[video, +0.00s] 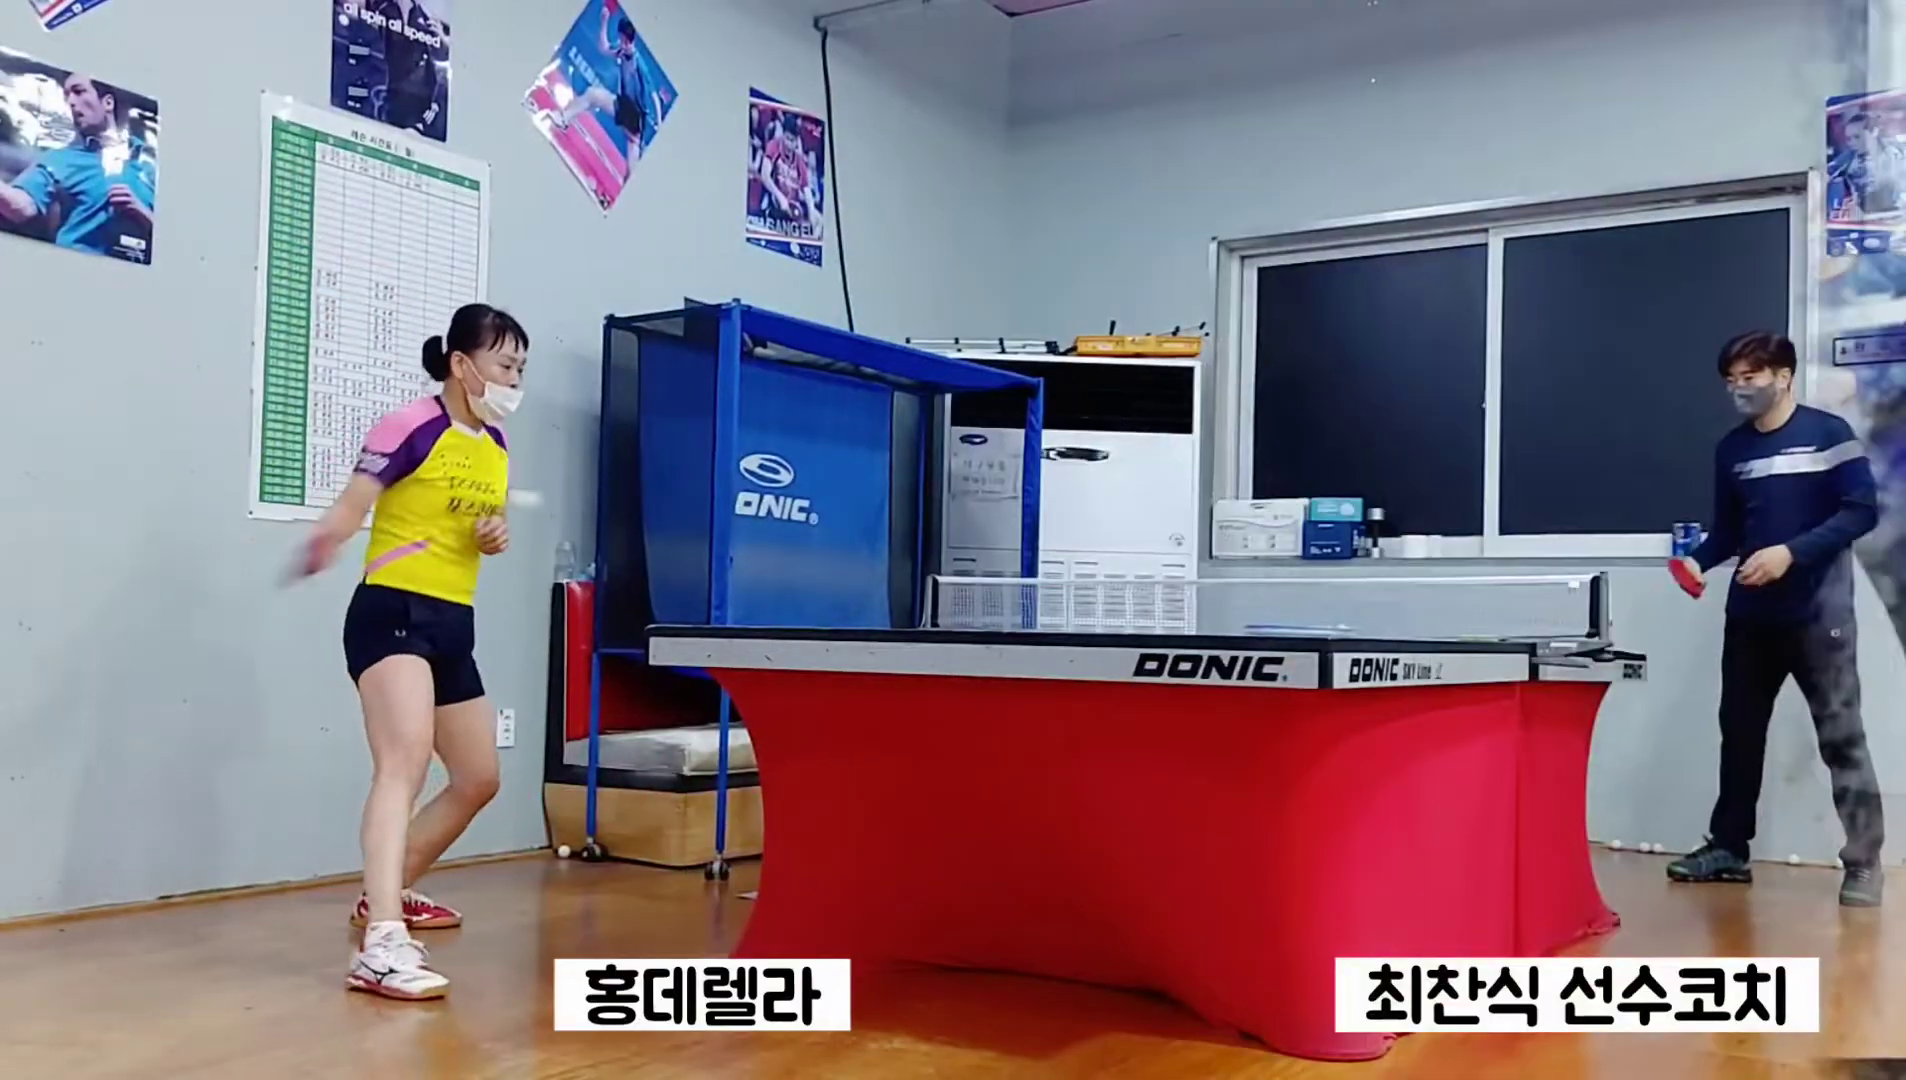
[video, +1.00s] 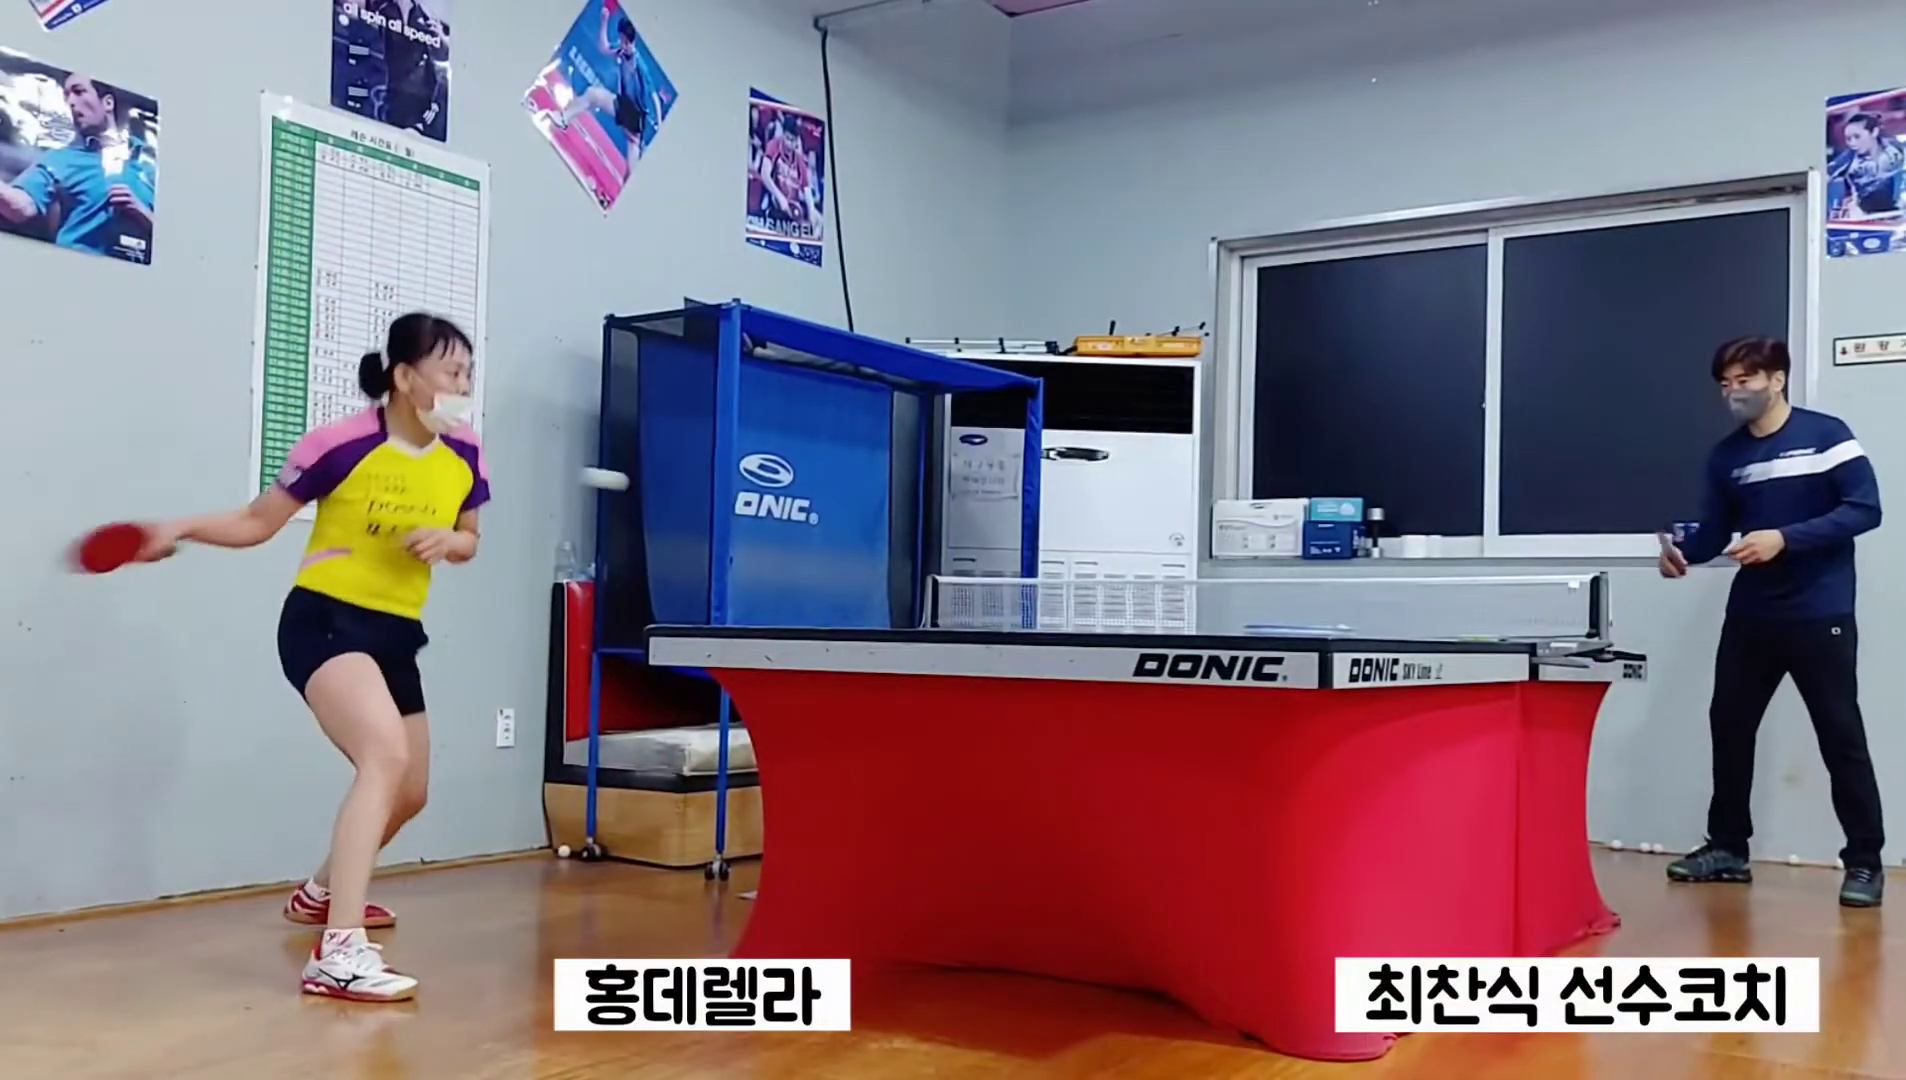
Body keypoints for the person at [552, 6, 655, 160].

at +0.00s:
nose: (621, 41)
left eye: (623, 38)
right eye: (621, 38)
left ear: (627, 40)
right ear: (621, 38)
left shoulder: (631, 56)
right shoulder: (622, 53)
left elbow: (631, 56)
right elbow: (603, 49)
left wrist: (628, 51)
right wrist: (604, 23)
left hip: (627, 107)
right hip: (637, 115)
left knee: (593, 94)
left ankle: (563, 118)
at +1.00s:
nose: (622, 42)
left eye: (624, 39)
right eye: (622, 39)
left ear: (628, 40)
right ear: (622, 38)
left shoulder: (631, 55)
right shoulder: (624, 52)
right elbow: (604, 49)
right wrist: (604, 22)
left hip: (629, 108)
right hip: (637, 115)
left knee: (593, 94)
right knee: (632, 162)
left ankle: (563, 118)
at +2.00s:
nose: (621, 41)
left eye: (624, 39)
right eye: (621, 38)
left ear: (628, 40)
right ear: (621, 38)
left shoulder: (631, 57)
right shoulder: (622, 53)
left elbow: (631, 57)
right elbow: (604, 50)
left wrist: (628, 51)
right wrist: (604, 22)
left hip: (629, 109)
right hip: (636, 115)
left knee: (594, 94)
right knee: (633, 146)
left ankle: (563, 118)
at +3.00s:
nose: (621, 41)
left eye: (623, 38)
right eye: (621, 37)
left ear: (626, 39)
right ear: (621, 38)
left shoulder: (631, 56)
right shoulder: (622, 53)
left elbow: (630, 54)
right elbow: (604, 50)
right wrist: (604, 22)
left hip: (628, 108)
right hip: (637, 114)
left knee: (592, 94)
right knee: (633, 143)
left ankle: (563, 118)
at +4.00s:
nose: (622, 42)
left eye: (624, 40)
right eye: (622, 39)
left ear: (628, 40)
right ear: (621, 38)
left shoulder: (632, 57)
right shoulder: (622, 52)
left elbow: (632, 55)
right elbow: (605, 50)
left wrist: (629, 51)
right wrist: (604, 23)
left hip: (629, 108)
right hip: (637, 114)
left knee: (592, 94)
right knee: (633, 143)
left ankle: (563, 117)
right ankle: (629, 177)